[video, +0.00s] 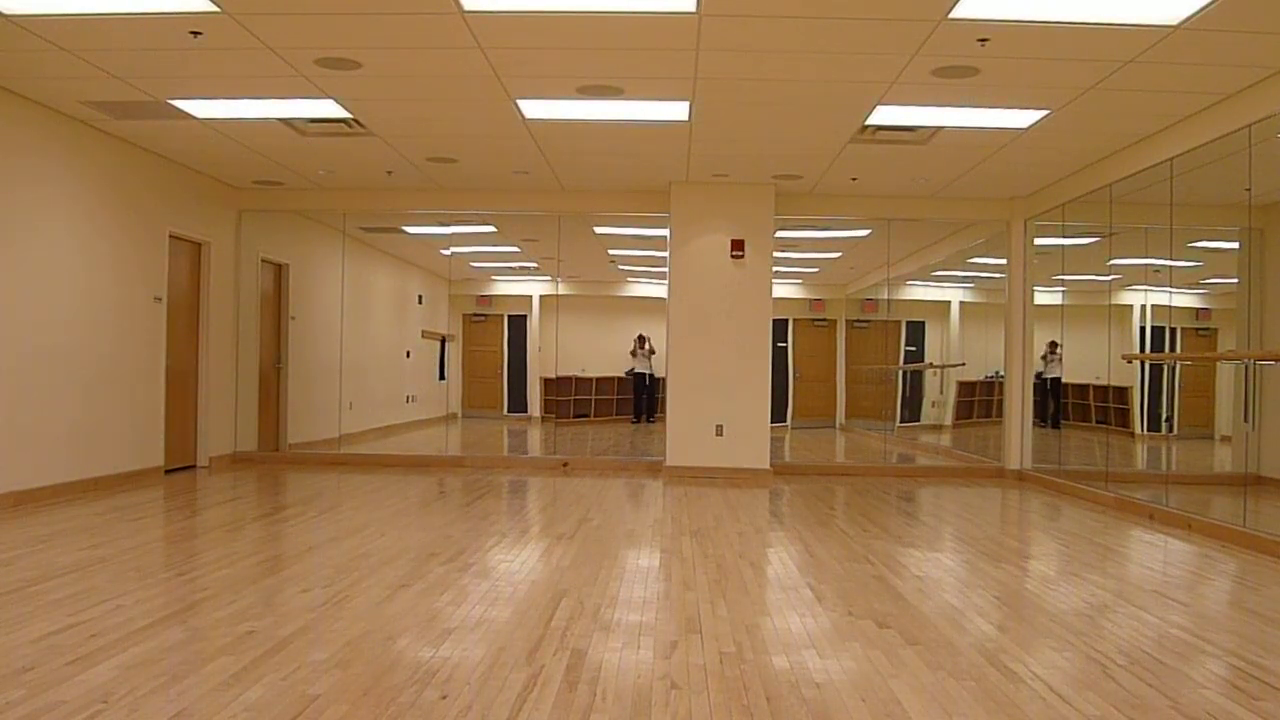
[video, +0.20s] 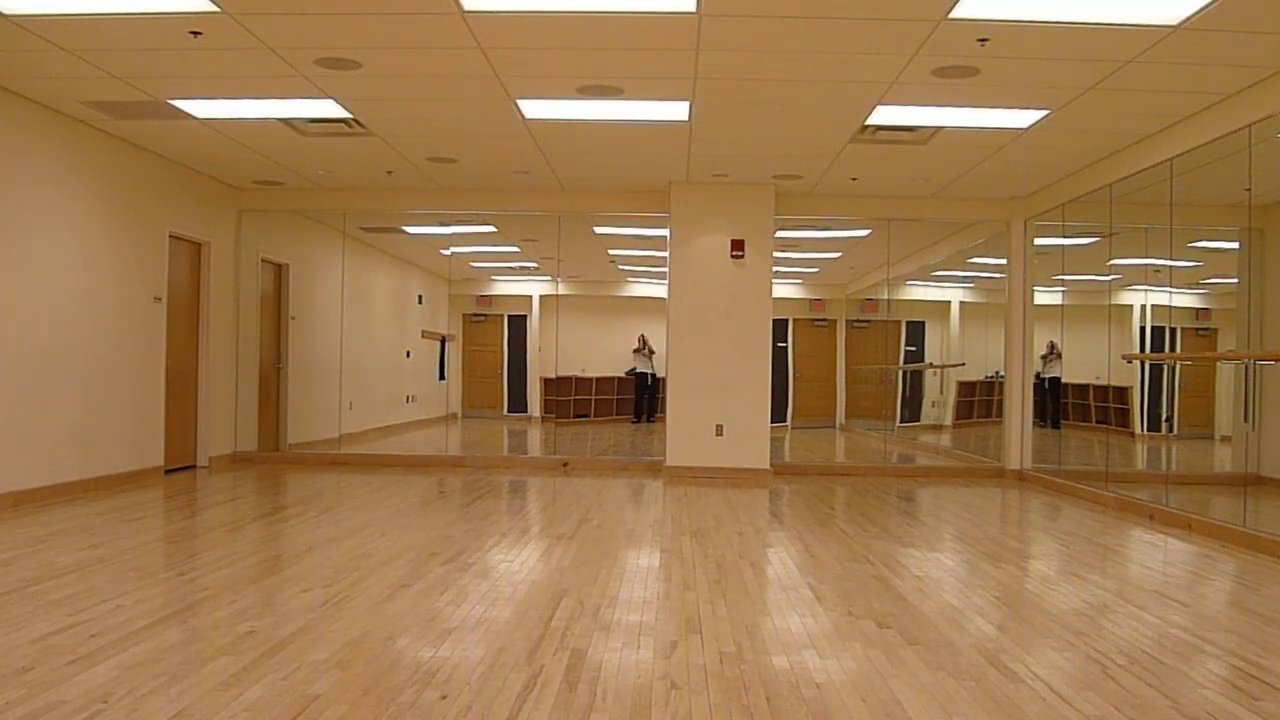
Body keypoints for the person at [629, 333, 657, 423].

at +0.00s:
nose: (641, 343)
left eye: (643, 341)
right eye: (640, 341)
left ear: (645, 342)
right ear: (637, 342)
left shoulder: (647, 351)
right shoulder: (635, 351)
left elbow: (653, 352)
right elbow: (634, 353)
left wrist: (649, 343)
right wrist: (635, 344)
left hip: (649, 371)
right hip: (638, 371)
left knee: (650, 395)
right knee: (638, 394)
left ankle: (650, 416)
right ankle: (637, 416)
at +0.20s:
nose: (642, 343)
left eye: (644, 341)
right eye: (641, 341)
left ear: (646, 342)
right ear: (638, 342)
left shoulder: (649, 352)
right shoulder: (635, 351)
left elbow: (653, 351)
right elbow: (640, 348)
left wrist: (647, 343)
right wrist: (641, 341)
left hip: (651, 372)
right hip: (640, 371)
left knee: (652, 395)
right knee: (639, 395)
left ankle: (651, 416)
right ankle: (637, 416)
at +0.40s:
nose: (644, 343)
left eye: (645, 341)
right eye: (642, 341)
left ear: (647, 342)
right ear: (639, 342)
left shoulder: (650, 352)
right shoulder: (637, 351)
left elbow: (654, 352)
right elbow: (640, 349)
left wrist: (648, 343)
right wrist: (642, 343)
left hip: (652, 372)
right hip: (641, 371)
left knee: (652, 395)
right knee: (639, 395)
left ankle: (651, 415)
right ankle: (637, 416)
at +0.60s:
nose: (645, 342)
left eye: (647, 341)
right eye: (644, 341)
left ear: (650, 342)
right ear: (641, 342)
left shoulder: (652, 352)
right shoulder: (638, 352)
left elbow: (656, 352)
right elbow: (637, 350)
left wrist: (650, 344)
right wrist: (641, 343)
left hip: (653, 372)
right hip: (642, 372)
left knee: (653, 395)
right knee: (640, 395)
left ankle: (651, 416)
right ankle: (637, 416)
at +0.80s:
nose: (647, 343)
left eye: (648, 341)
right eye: (645, 342)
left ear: (651, 342)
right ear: (643, 342)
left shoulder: (654, 352)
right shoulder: (640, 351)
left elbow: (655, 350)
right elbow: (638, 349)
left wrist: (653, 343)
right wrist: (639, 341)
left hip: (653, 372)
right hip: (643, 372)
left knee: (653, 395)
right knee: (640, 395)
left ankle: (651, 415)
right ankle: (637, 416)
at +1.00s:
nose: (647, 343)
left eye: (649, 341)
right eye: (645, 341)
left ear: (652, 342)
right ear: (643, 342)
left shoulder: (655, 352)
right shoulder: (640, 351)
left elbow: (656, 350)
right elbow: (640, 348)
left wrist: (652, 345)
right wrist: (642, 341)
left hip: (654, 372)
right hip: (643, 371)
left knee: (653, 395)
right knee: (640, 395)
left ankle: (651, 415)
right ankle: (637, 415)